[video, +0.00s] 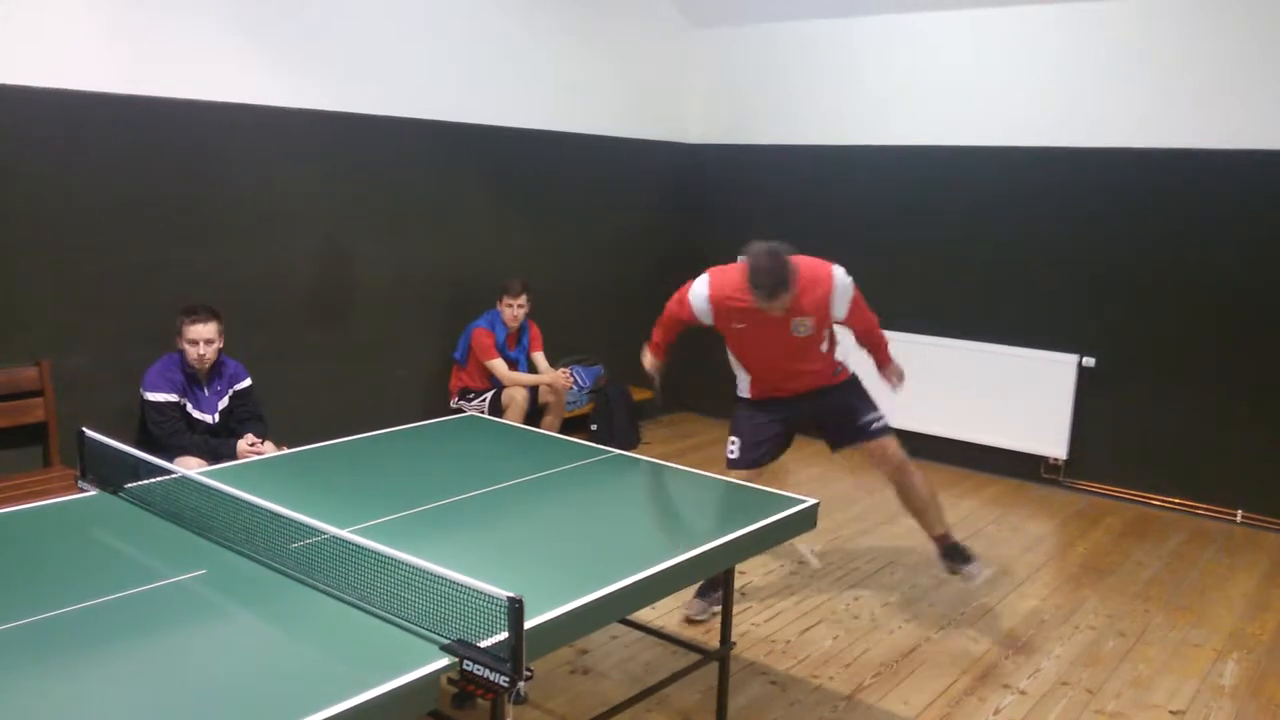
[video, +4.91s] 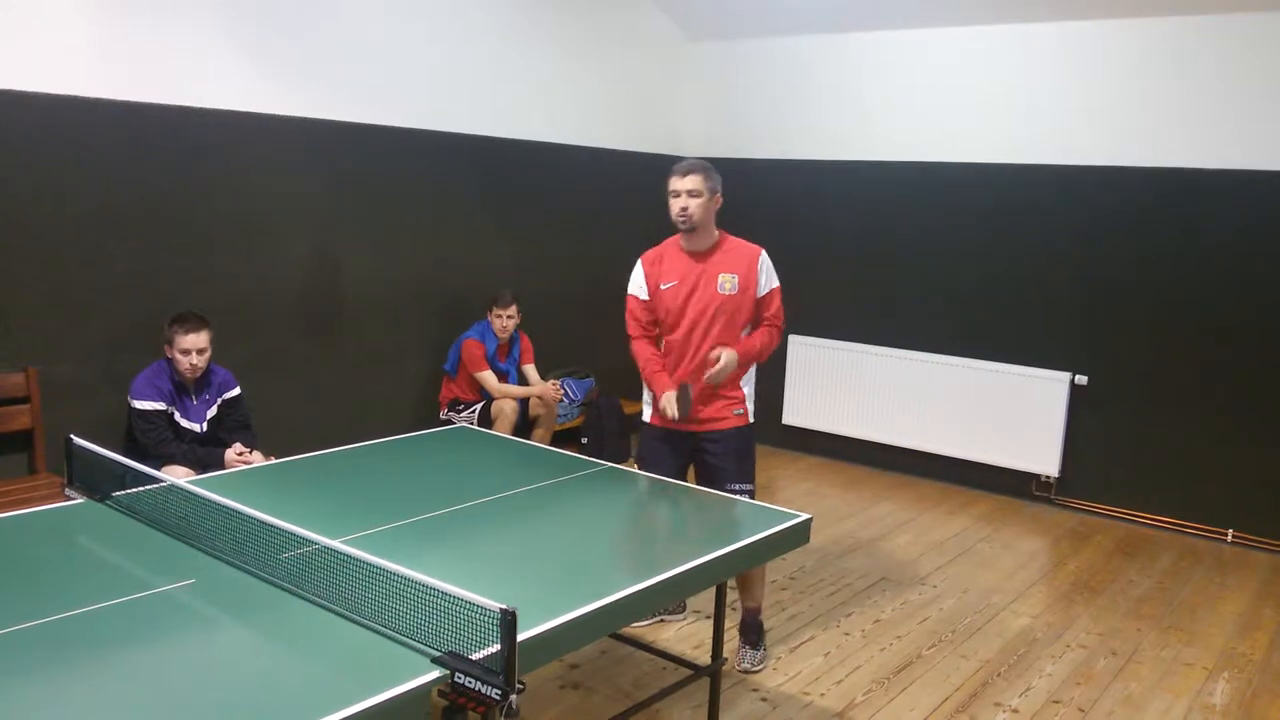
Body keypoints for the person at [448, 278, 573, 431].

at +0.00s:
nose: (515, 313)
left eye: (520, 307)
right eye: (509, 306)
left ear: (527, 308)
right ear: (499, 306)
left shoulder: (530, 329)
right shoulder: (481, 331)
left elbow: (544, 368)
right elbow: (505, 378)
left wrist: (558, 378)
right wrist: (550, 379)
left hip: (503, 391)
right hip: (467, 398)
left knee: (557, 392)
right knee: (519, 395)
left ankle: (545, 453)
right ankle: (506, 453)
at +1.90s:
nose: (505, 320)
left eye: (511, 314)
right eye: (500, 313)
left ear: (520, 315)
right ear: (491, 313)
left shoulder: (523, 337)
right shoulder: (474, 340)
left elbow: (538, 378)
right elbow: (499, 387)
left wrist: (552, 386)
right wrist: (542, 387)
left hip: (497, 400)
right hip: (461, 406)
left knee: (550, 401)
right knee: (511, 403)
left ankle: (537, 463)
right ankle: (498, 462)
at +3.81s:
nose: (510, 319)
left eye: (516, 313)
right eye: (504, 313)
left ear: (525, 315)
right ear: (496, 313)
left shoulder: (528, 337)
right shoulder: (479, 340)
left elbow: (543, 378)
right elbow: (503, 387)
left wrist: (556, 386)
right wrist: (546, 387)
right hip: (466, 406)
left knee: (555, 402)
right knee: (515, 403)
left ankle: (540, 463)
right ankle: (503, 462)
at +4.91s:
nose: (504, 324)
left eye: (510, 318)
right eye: (498, 317)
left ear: (518, 319)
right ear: (489, 316)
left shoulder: (521, 341)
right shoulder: (472, 343)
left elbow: (536, 382)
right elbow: (496, 391)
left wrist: (550, 390)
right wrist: (539, 391)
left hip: (494, 404)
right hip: (457, 410)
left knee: (547, 405)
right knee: (508, 407)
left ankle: (534, 468)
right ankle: (495, 467)